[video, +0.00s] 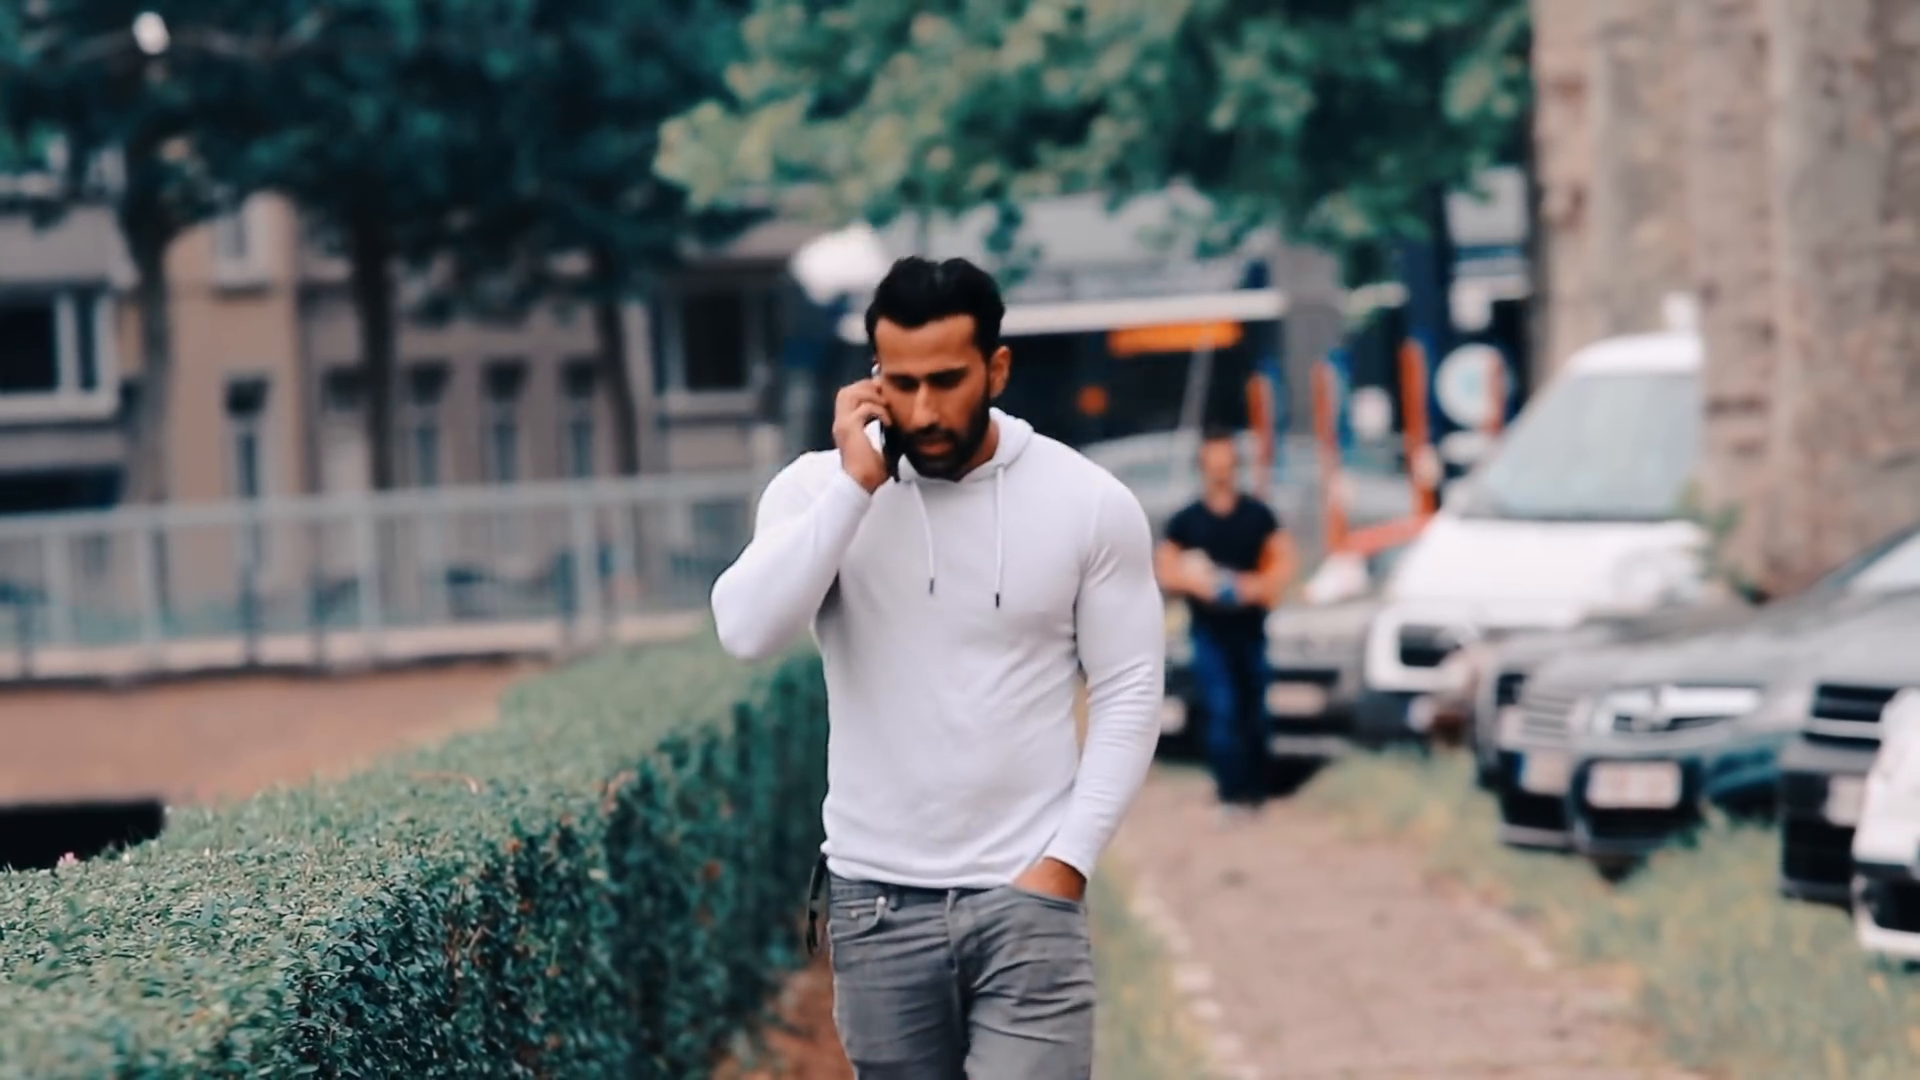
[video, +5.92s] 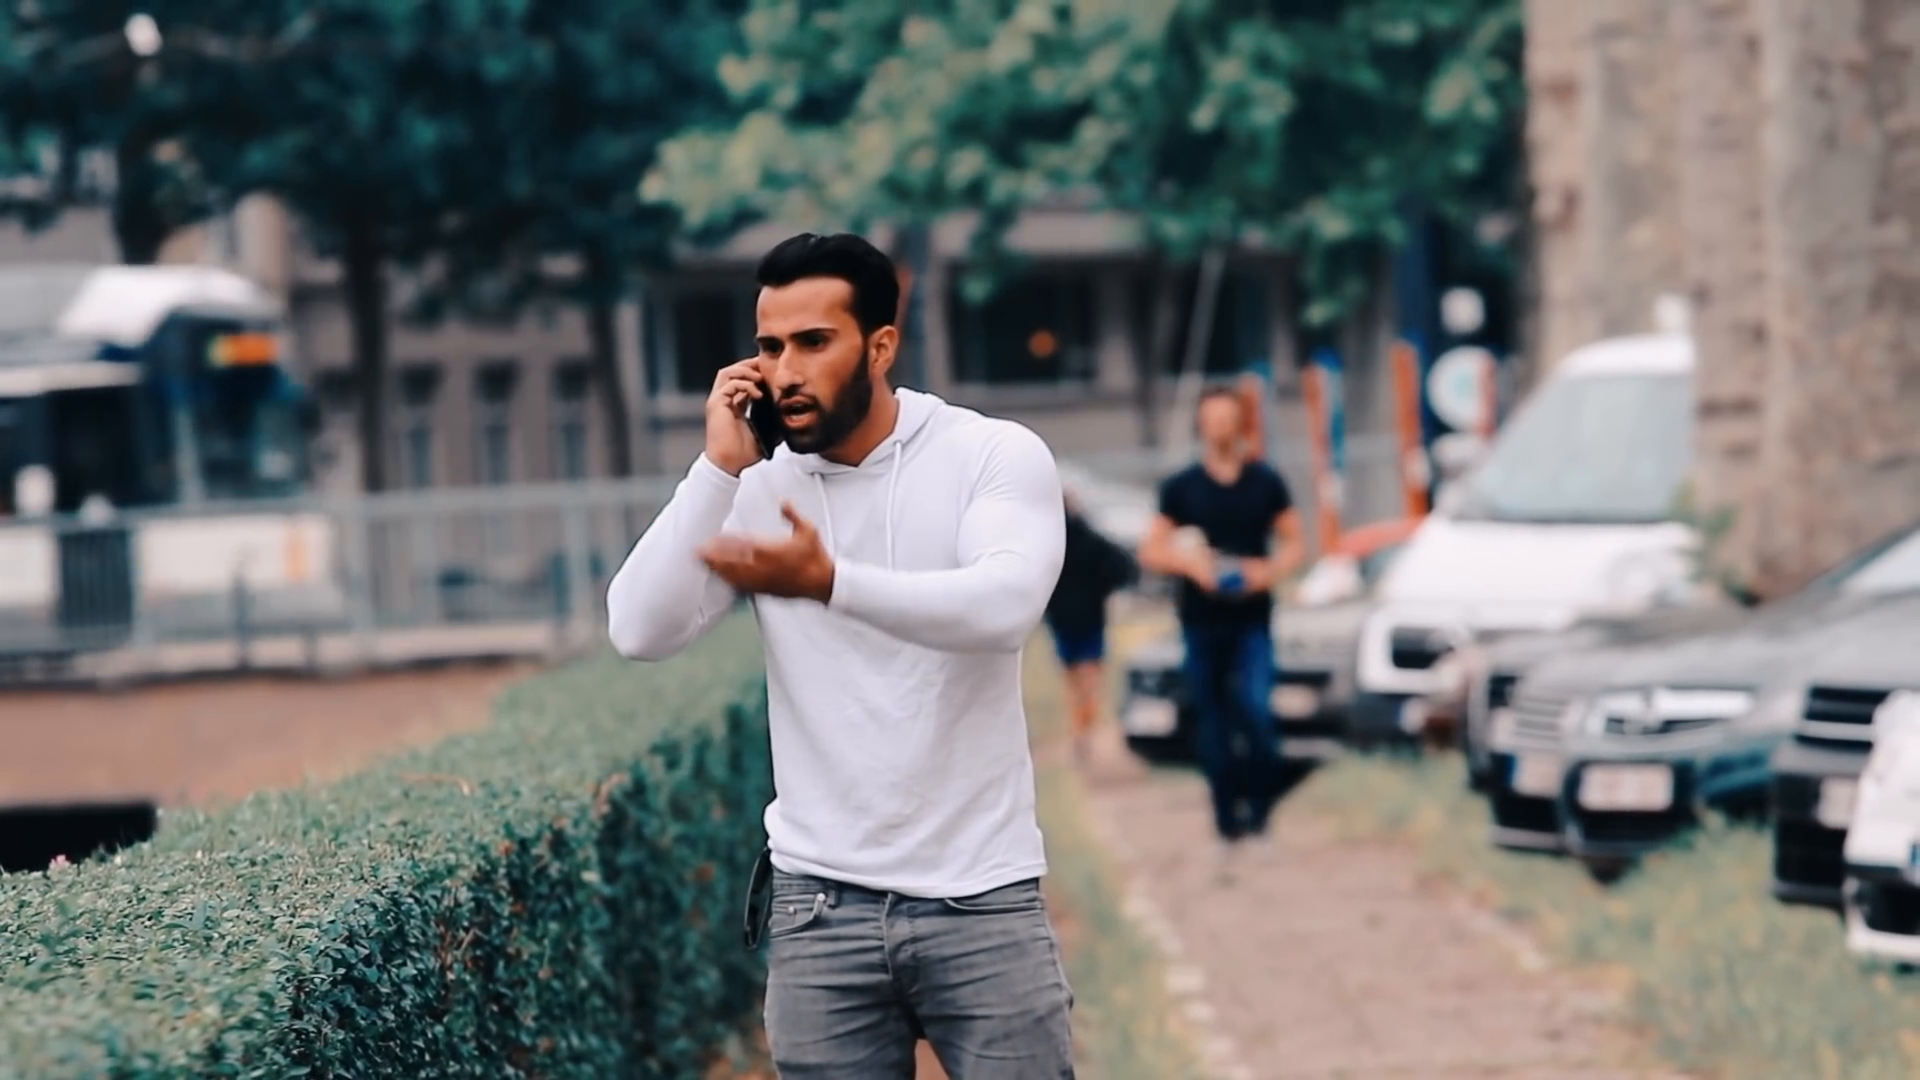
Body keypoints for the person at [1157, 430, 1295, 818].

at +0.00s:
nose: (1221, 471)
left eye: (1227, 463)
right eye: (1214, 463)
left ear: (1236, 465)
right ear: (1202, 466)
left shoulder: (1257, 515)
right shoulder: (1187, 521)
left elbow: (1283, 559)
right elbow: (1166, 569)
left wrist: (1259, 586)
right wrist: (1200, 582)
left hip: (1249, 622)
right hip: (1209, 624)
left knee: (1252, 704)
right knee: (1222, 705)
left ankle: (1255, 787)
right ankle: (1231, 790)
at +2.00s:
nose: (1231, 452)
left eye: (1237, 444)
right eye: (1224, 445)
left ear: (1250, 446)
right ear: (1213, 448)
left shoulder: (1270, 497)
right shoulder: (1200, 504)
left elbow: (1302, 550)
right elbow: (1178, 560)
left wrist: (1276, 578)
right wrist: (1211, 575)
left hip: (1262, 613)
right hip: (1219, 615)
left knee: (1266, 702)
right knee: (1232, 706)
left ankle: (1273, 785)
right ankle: (1246, 789)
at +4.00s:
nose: (1202, 436)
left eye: (1210, 428)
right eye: (1195, 428)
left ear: (1223, 429)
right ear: (1185, 429)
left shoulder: (1245, 480)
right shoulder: (1171, 479)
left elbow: (1271, 539)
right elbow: (1144, 538)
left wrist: (1246, 565)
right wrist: (1185, 558)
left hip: (1236, 602)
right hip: (1190, 603)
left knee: (1240, 692)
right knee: (1197, 697)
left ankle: (1239, 786)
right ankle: (1212, 789)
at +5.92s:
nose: (1218, 432)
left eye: (1226, 423)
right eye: (1210, 424)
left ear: (1242, 425)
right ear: (1200, 426)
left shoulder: (1264, 481)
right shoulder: (1182, 487)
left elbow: (1294, 543)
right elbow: (1152, 550)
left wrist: (1265, 572)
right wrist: (1191, 563)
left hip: (1251, 620)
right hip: (1202, 623)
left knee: (1255, 712)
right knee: (1211, 722)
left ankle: (1259, 808)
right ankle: (1227, 817)